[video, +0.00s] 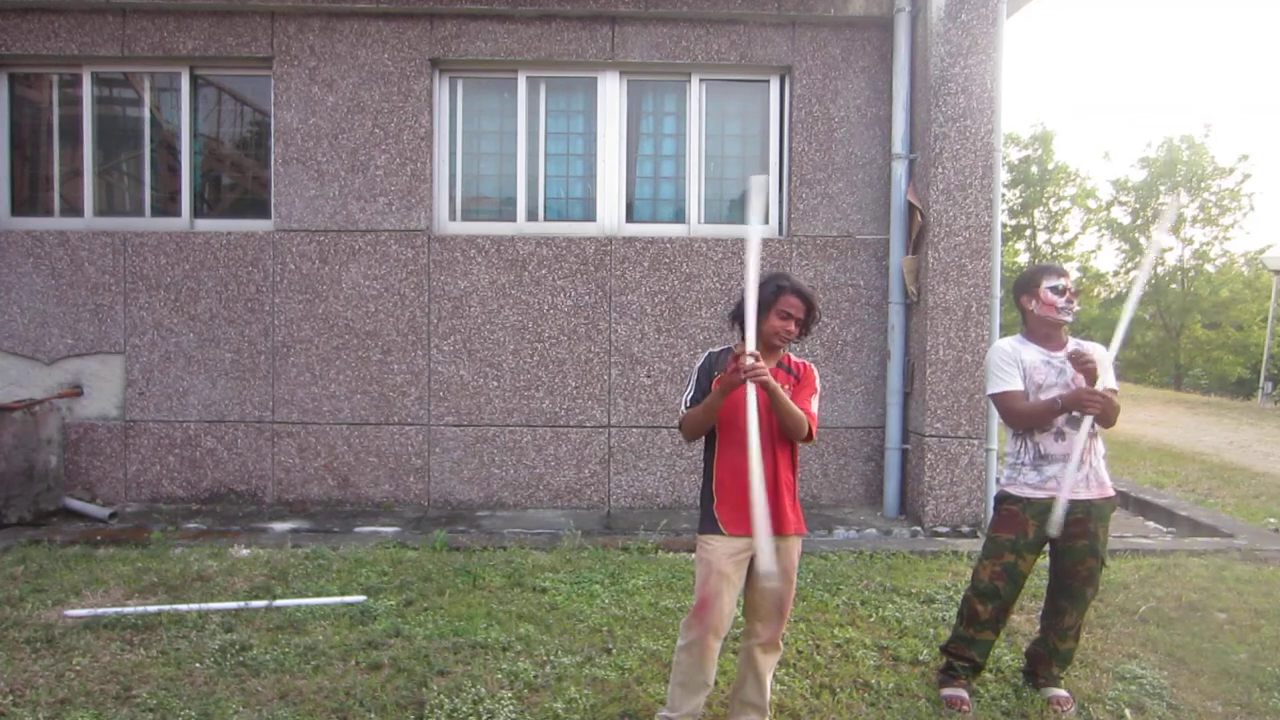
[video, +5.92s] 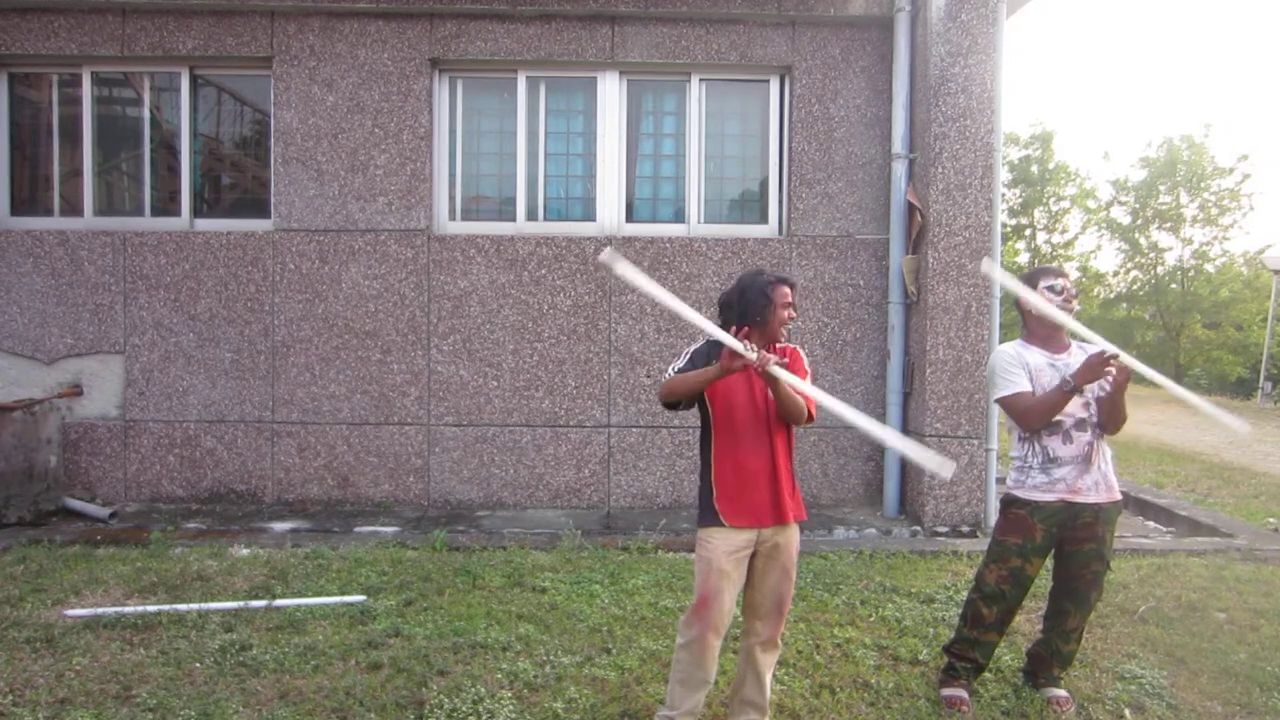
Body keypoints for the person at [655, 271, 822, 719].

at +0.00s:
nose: (791, 327)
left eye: (799, 321)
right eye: (783, 315)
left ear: (802, 327)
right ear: (756, 312)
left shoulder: (802, 372)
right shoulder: (718, 362)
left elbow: (803, 432)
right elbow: (689, 429)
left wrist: (771, 385)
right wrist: (722, 390)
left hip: (782, 520)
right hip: (725, 518)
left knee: (767, 635)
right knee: (707, 622)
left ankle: (749, 714)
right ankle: (678, 714)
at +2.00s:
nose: (792, 331)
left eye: (800, 325)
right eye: (785, 319)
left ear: (805, 330)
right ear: (758, 317)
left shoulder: (805, 372)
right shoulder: (719, 362)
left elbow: (808, 428)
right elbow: (684, 426)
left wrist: (771, 374)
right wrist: (722, 385)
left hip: (783, 521)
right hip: (726, 520)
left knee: (767, 636)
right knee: (707, 626)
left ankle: (749, 715)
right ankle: (678, 714)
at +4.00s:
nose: (794, 312)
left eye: (802, 308)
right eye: (785, 303)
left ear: (808, 320)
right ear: (759, 310)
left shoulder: (807, 369)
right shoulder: (723, 360)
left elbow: (814, 414)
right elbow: (696, 421)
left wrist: (779, 354)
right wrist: (728, 370)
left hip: (784, 520)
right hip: (726, 519)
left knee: (767, 636)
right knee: (708, 622)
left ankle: (749, 714)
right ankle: (678, 713)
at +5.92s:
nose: (792, 315)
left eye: (792, 307)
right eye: (784, 308)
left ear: (779, 313)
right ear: (753, 314)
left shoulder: (791, 356)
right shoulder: (714, 349)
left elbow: (801, 415)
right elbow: (669, 393)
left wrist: (774, 376)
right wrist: (720, 369)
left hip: (780, 515)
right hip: (725, 516)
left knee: (767, 631)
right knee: (707, 623)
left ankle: (750, 713)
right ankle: (678, 713)